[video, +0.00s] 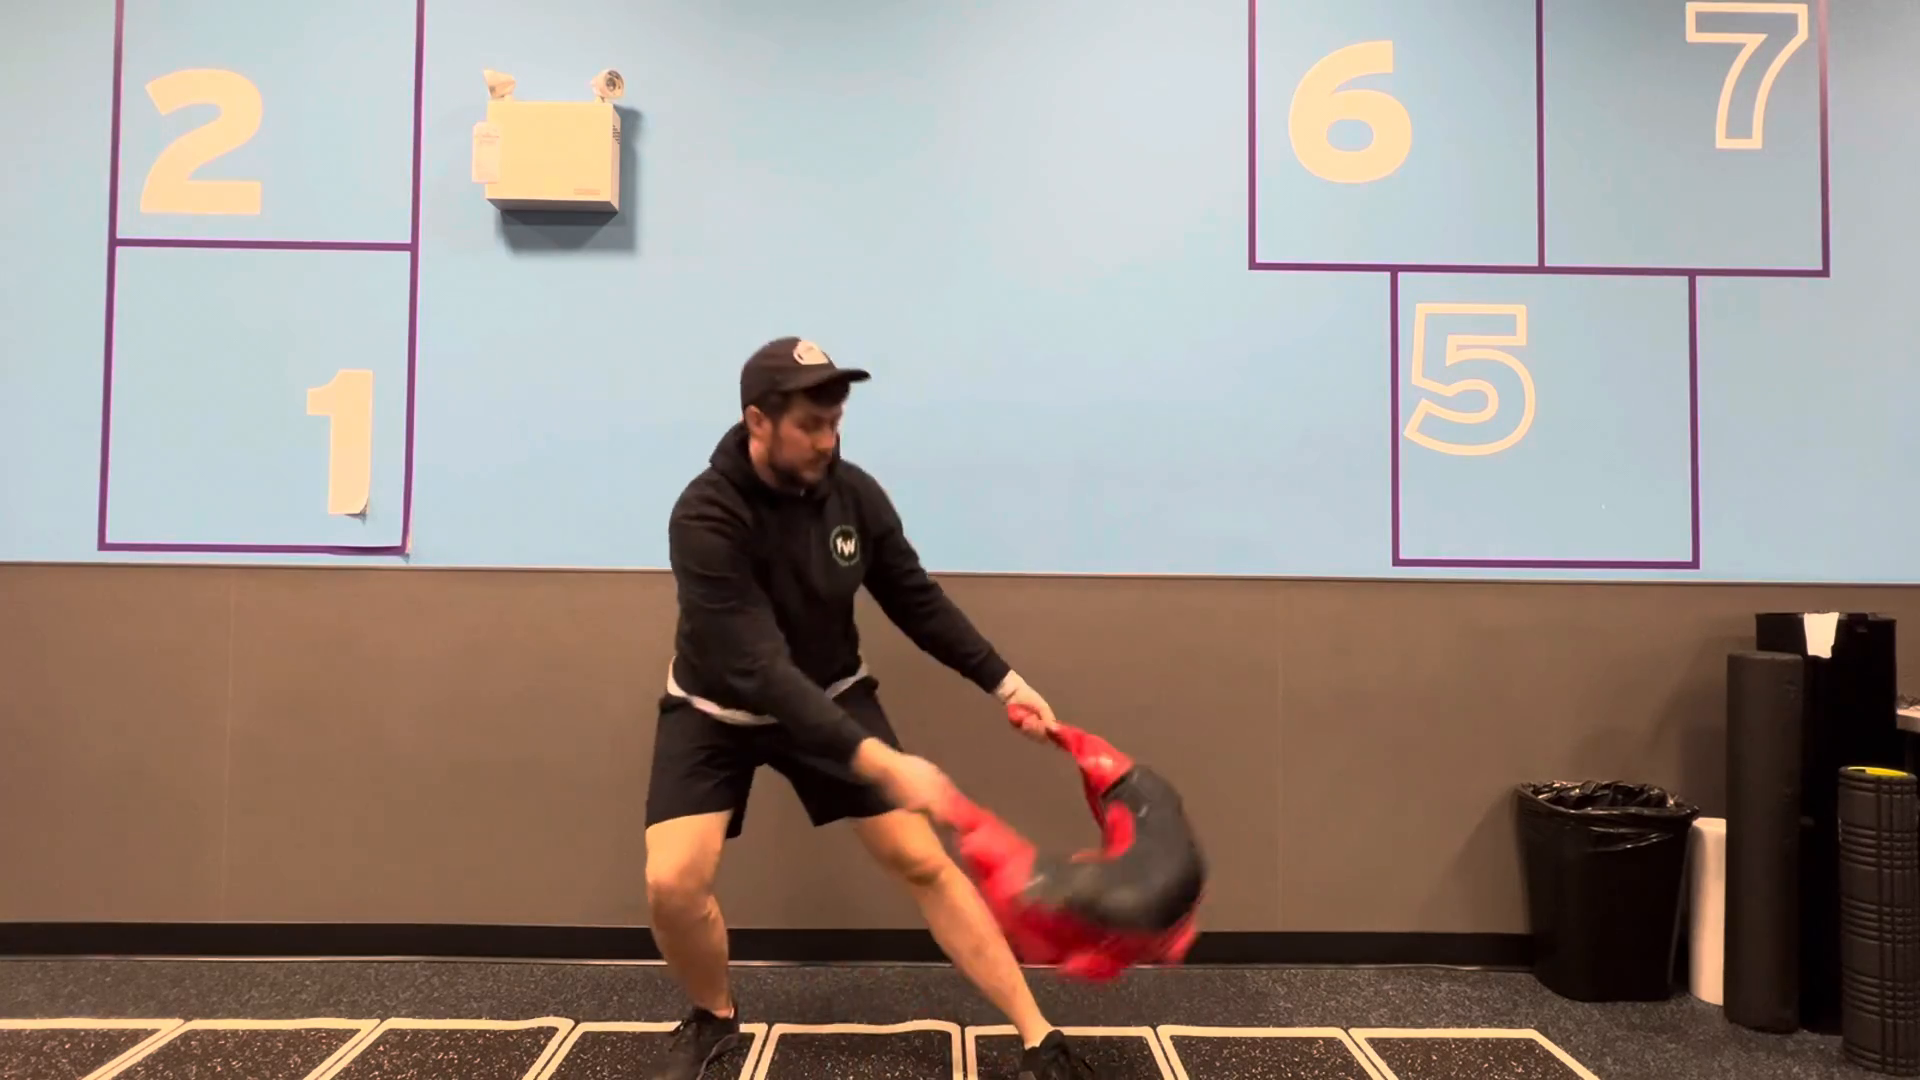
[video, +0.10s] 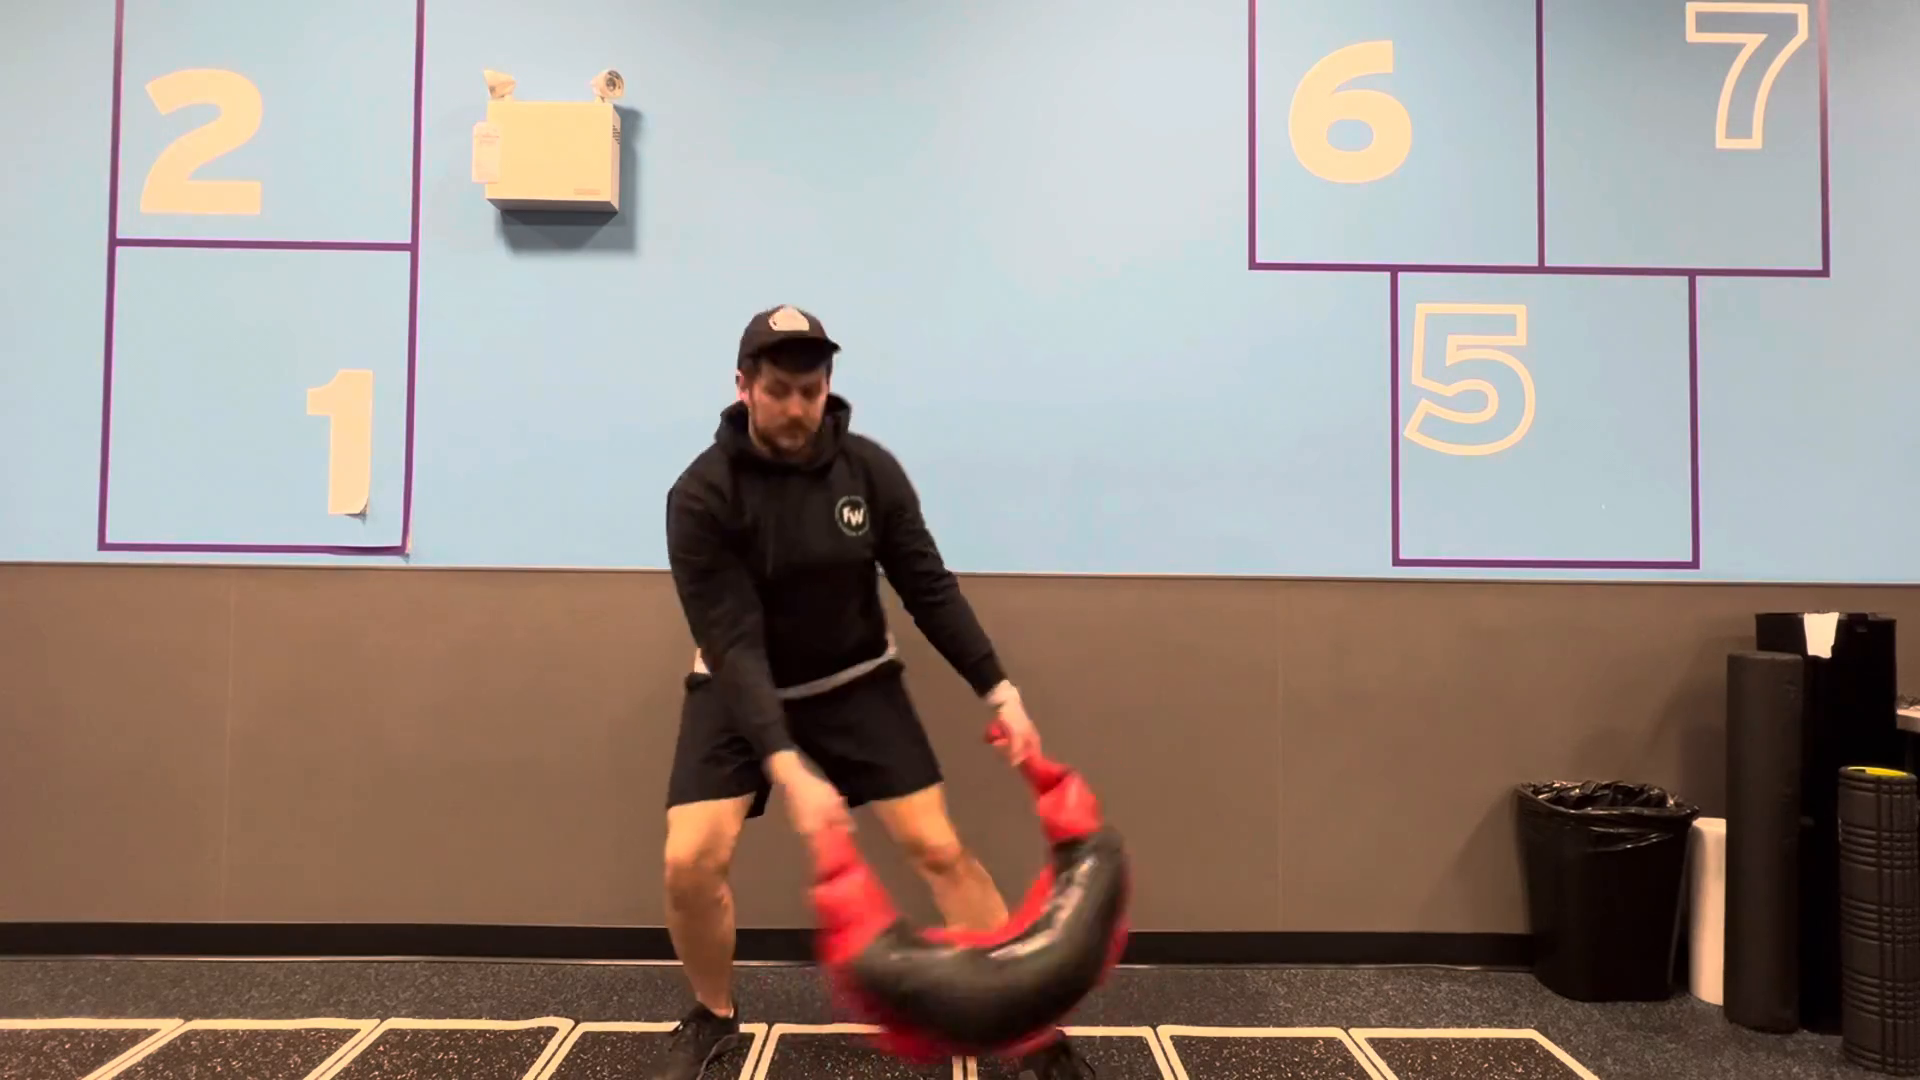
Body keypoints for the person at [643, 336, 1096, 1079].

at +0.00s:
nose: (827, 439)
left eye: (833, 420)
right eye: (810, 423)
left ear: (842, 416)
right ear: (757, 425)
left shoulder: (853, 497)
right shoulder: (707, 518)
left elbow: (916, 601)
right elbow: (761, 670)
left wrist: (1008, 684)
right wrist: (883, 762)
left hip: (832, 698)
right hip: (712, 708)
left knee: (922, 860)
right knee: (672, 885)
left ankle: (1040, 1039)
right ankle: (714, 1021)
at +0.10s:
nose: (797, 409)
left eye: (811, 390)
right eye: (777, 391)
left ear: (829, 388)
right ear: (743, 388)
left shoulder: (868, 471)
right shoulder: (701, 499)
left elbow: (929, 588)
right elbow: (733, 646)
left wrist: (998, 690)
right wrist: (786, 765)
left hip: (855, 682)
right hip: (736, 691)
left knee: (940, 850)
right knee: (687, 865)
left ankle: (1030, 1029)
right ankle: (714, 1016)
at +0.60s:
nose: (818, 425)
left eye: (827, 408)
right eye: (818, 408)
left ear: (875, 412)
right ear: (867, 412)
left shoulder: (929, 501)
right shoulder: (868, 491)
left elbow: (801, 599)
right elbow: (804, 596)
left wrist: (635, 636)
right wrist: (688, 639)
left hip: (1036, 702)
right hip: (924, 696)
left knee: (1091, 898)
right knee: (829, 854)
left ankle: (1050, 1051)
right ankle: (716, 1014)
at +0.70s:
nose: (820, 432)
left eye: (829, 415)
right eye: (821, 416)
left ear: (877, 419)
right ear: (874, 419)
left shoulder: (928, 513)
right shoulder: (877, 494)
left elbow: (794, 599)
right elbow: (812, 606)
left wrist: (621, 625)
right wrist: (701, 637)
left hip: (1039, 707)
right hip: (929, 701)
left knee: (1092, 906)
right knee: (832, 856)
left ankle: (1049, 1050)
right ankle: (713, 1017)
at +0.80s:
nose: (825, 431)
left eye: (833, 414)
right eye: (825, 414)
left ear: (881, 417)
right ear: (878, 417)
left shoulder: (935, 511)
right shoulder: (878, 496)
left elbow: (801, 605)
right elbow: (813, 609)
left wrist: (632, 632)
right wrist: (699, 642)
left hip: (1041, 709)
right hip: (930, 702)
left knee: (1089, 910)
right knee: (834, 858)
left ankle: (1049, 1051)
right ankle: (716, 1016)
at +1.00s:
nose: (836, 403)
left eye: (850, 386)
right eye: (835, 386)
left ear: (906, 386)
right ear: (887, 389)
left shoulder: (962, 487)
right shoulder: (866, 476)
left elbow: (866, 624)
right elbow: (828, 588)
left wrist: (735, 703)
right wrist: (734, 661)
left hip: (1026, 692)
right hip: (911, 689)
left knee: (1076, 891)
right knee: (820, 855)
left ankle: (1048, 1050)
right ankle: (715, 1016)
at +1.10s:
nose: (849, 384)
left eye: (864, 367)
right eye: (840, 368)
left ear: (916, 362)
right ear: (833, 367)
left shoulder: (973, 468)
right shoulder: (844, 458)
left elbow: (925, 624)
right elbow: (812, 569)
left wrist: (832, 738)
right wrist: (733, 668)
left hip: (1004, 676)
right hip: (892, 672)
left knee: (1056, 869)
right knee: (804, 846)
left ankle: (1047, 1050)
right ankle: (716, 1017)